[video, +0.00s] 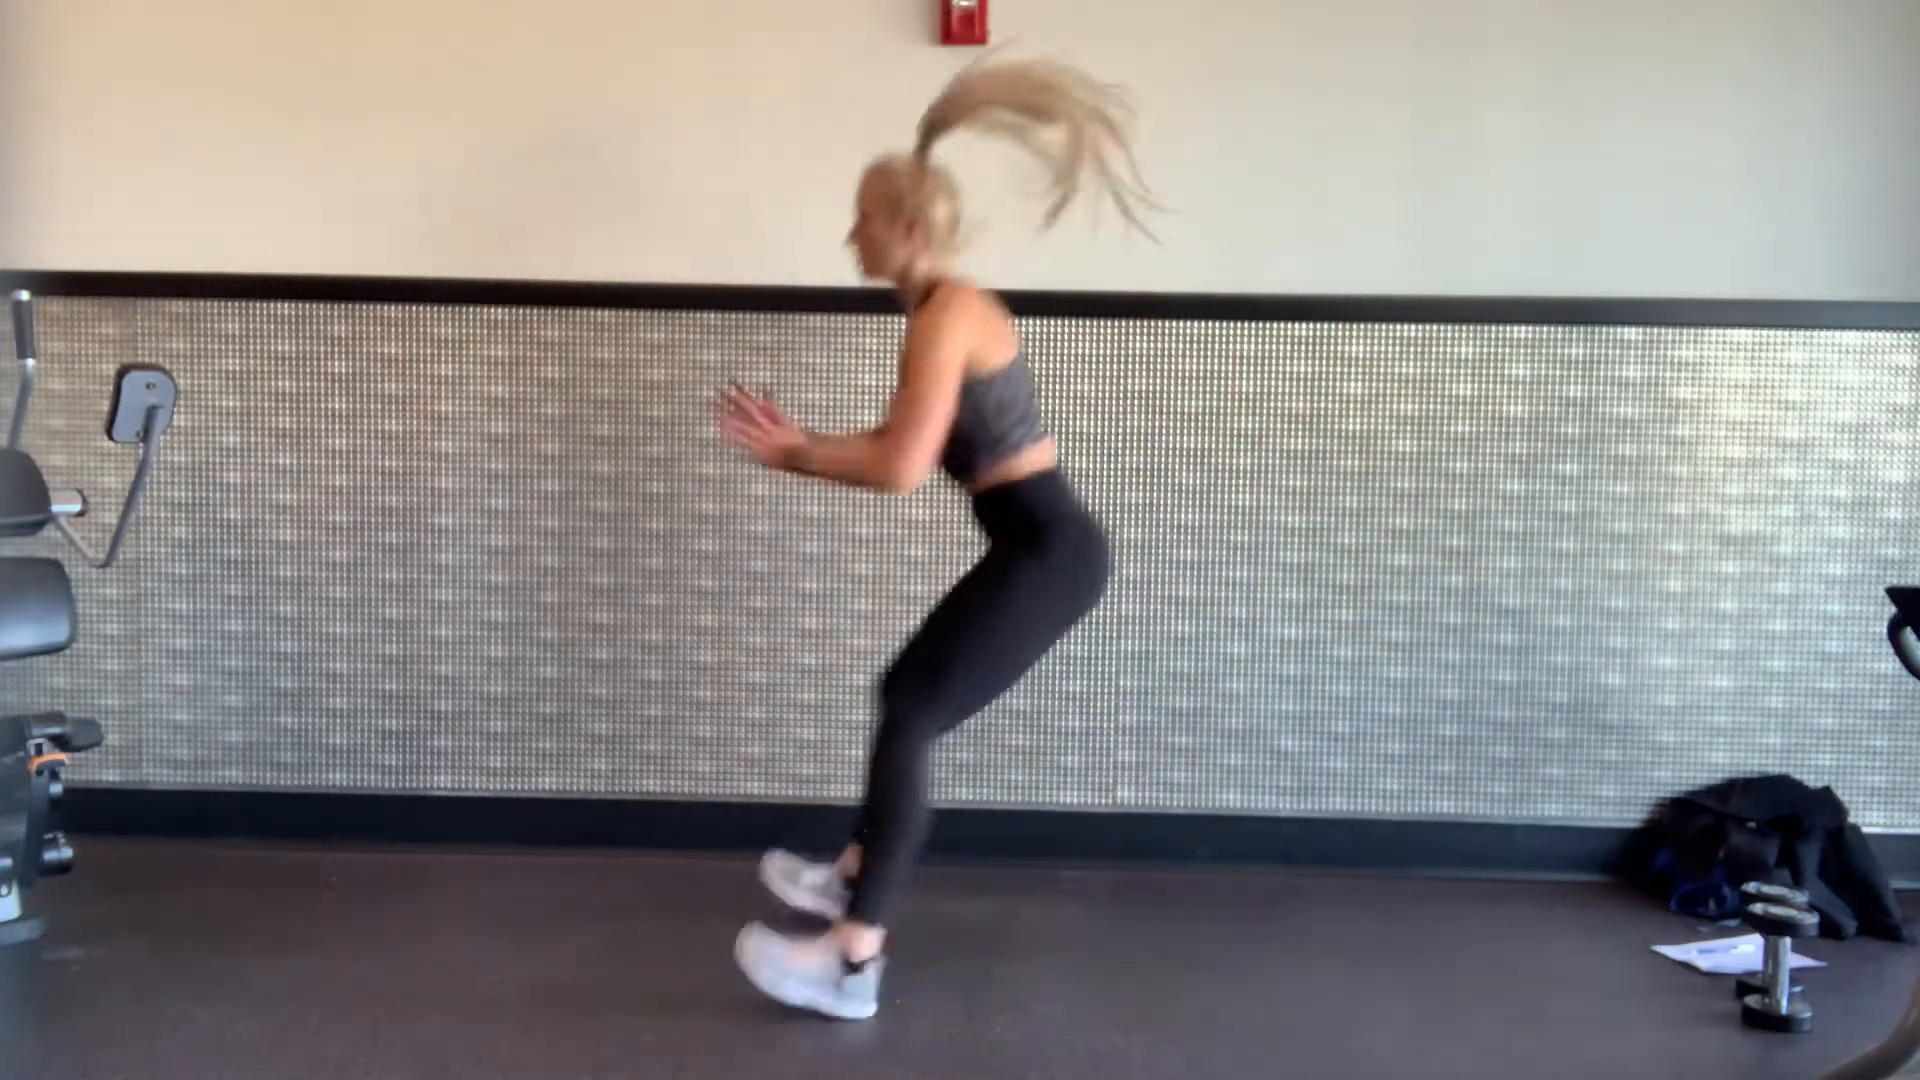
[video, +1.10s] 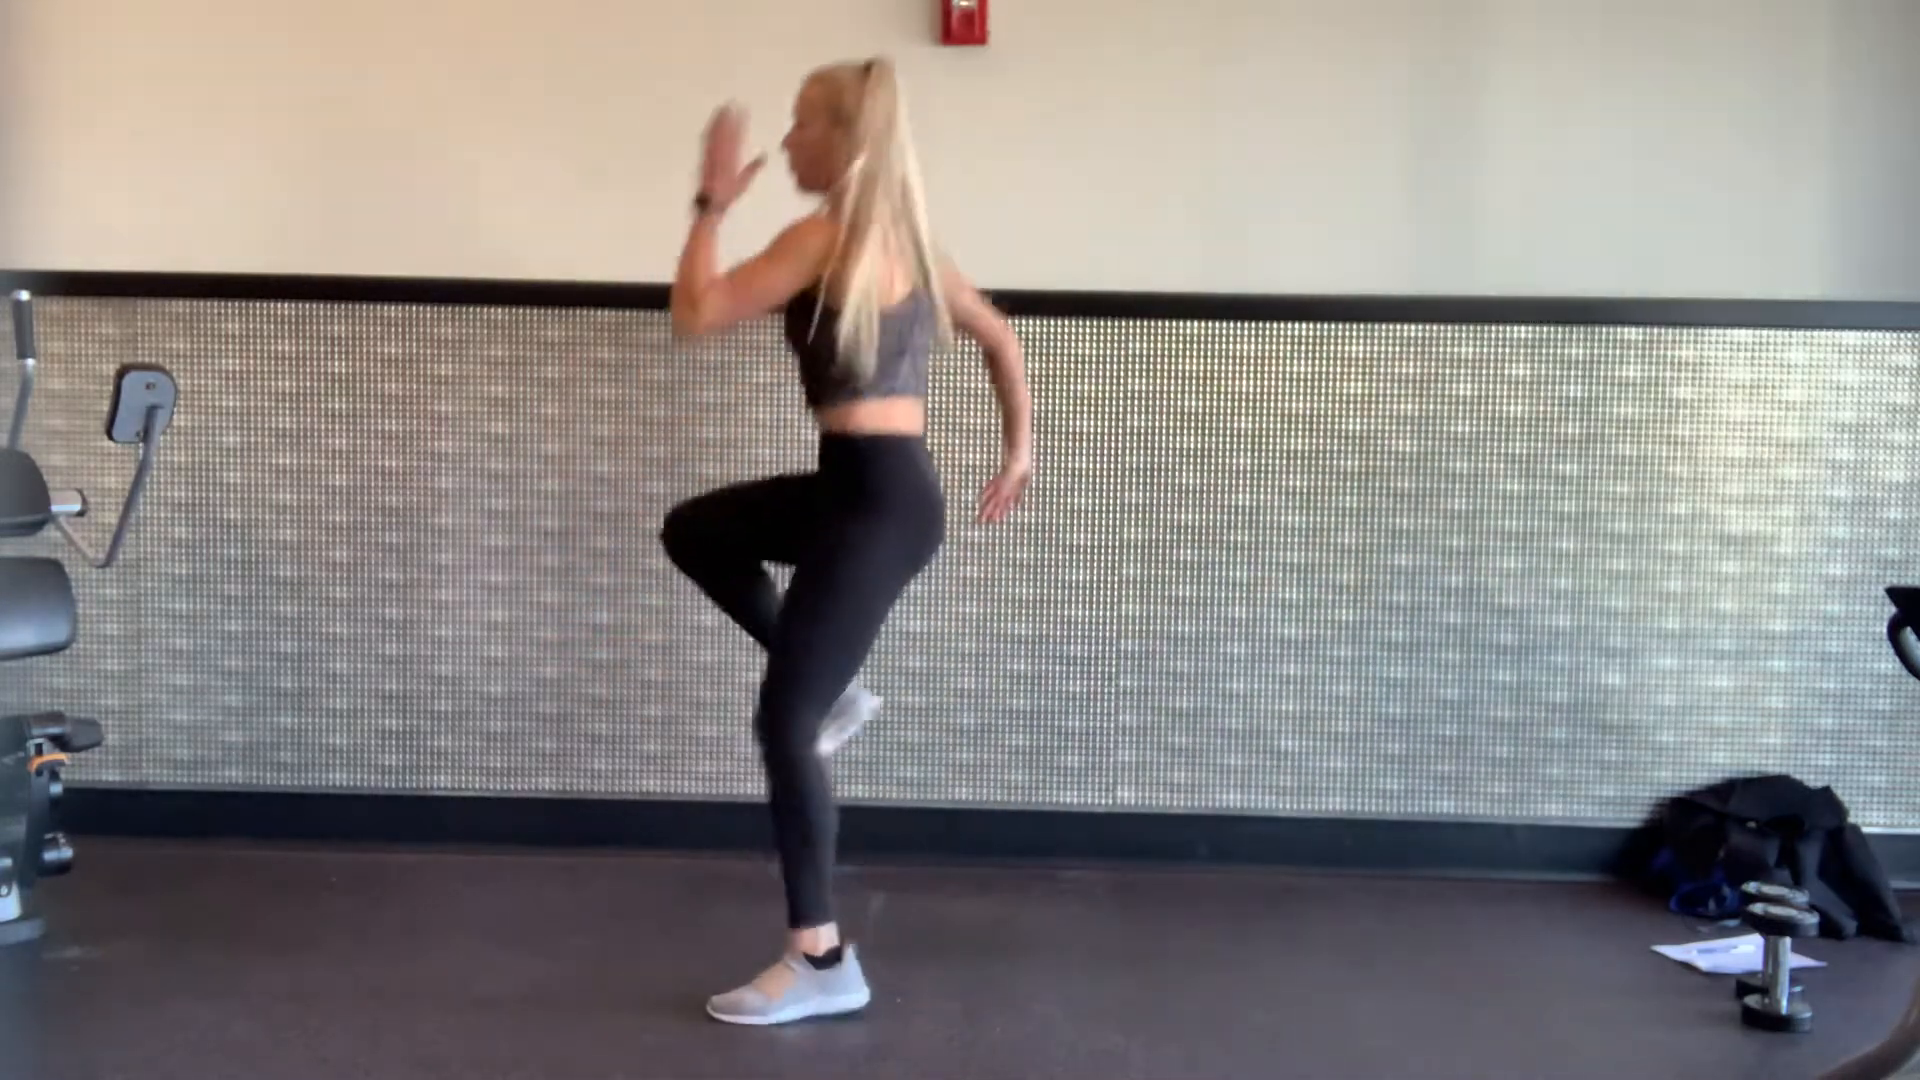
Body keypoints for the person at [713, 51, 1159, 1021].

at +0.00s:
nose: (853, 233)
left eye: (864, 219)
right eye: (857, 217)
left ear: (904, 231)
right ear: (917, 228)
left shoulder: (947, 316)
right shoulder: (947, 309)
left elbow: (902, 469)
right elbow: (901, 448)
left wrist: (793, 453)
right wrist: (802, 444)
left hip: (1051, 553)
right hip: (1035, 545)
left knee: (913, 712)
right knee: (904, 695)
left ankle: (857, 952)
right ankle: (854, 878)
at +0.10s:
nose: (797, 344)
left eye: (807, 329)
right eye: (801, 328)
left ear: (845, 338)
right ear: (866, 336)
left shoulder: (887, 423)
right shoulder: (885, 414)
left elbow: (759, 531)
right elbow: (773, 512)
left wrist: (709, 431)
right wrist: (726, 428)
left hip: (988, 655)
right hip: (970, 640)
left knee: (795, 733)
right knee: (798, 707)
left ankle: (824, 967)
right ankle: (837, 886)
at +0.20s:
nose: (739, 405)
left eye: (753, 395)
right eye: (745, 390)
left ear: (788, 418)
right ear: (806, 416)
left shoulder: (825, 493)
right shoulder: (830, 483)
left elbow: (681, 575)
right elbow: (699, 561)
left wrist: (673, 465)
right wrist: (683, 465)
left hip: (943, 717)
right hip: (924, 697)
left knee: (744, 751)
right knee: (757, 708)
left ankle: (823, 972)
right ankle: (831, 888)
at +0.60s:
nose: (642, 405)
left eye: (654, 394)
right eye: (646, 391)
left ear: (694, 410)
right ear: (710, 409)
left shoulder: (733, 489)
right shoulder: (755, 473)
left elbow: (660, 639)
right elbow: (672, 604)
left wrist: (579, 565)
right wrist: (606, 546)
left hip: (909, 672)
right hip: (896, 655)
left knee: (716, 760)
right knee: (737, 715)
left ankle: (820, 965)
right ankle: (835, 890)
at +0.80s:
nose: (664, 303)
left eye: (679, 291)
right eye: (671, 289)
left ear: (721, 311)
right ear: (741, 310)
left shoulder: (754, 409)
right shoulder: (784, 387)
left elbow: (769, 567)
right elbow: (789, 532)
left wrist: (691, 652)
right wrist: (699, 563)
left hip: (887, 618)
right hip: (886, 606)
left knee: (711, 764)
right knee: (745, 730)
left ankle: (820, 965)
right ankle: (831, 888)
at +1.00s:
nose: (743, 195)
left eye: (757, 182)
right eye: (749, 180)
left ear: (800, 196)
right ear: (822, 197)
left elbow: (702, 422)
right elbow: (947, 408)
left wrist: (638, 342)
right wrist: (976, 517)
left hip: (873, 555)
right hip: (867, 540)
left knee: (738, 748)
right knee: (696, 595)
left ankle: (820, 963)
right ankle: (800, 762)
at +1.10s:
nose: (789, 135)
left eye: (803, 123)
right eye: (796, 120)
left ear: (842, 139)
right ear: (869, 141)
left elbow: (696, 316)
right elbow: (995, 331)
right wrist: (1023, 442)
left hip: (875, 501)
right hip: (877, 490)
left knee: (788, 719)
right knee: (693, 532)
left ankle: (820, 957)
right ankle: (834, 691)